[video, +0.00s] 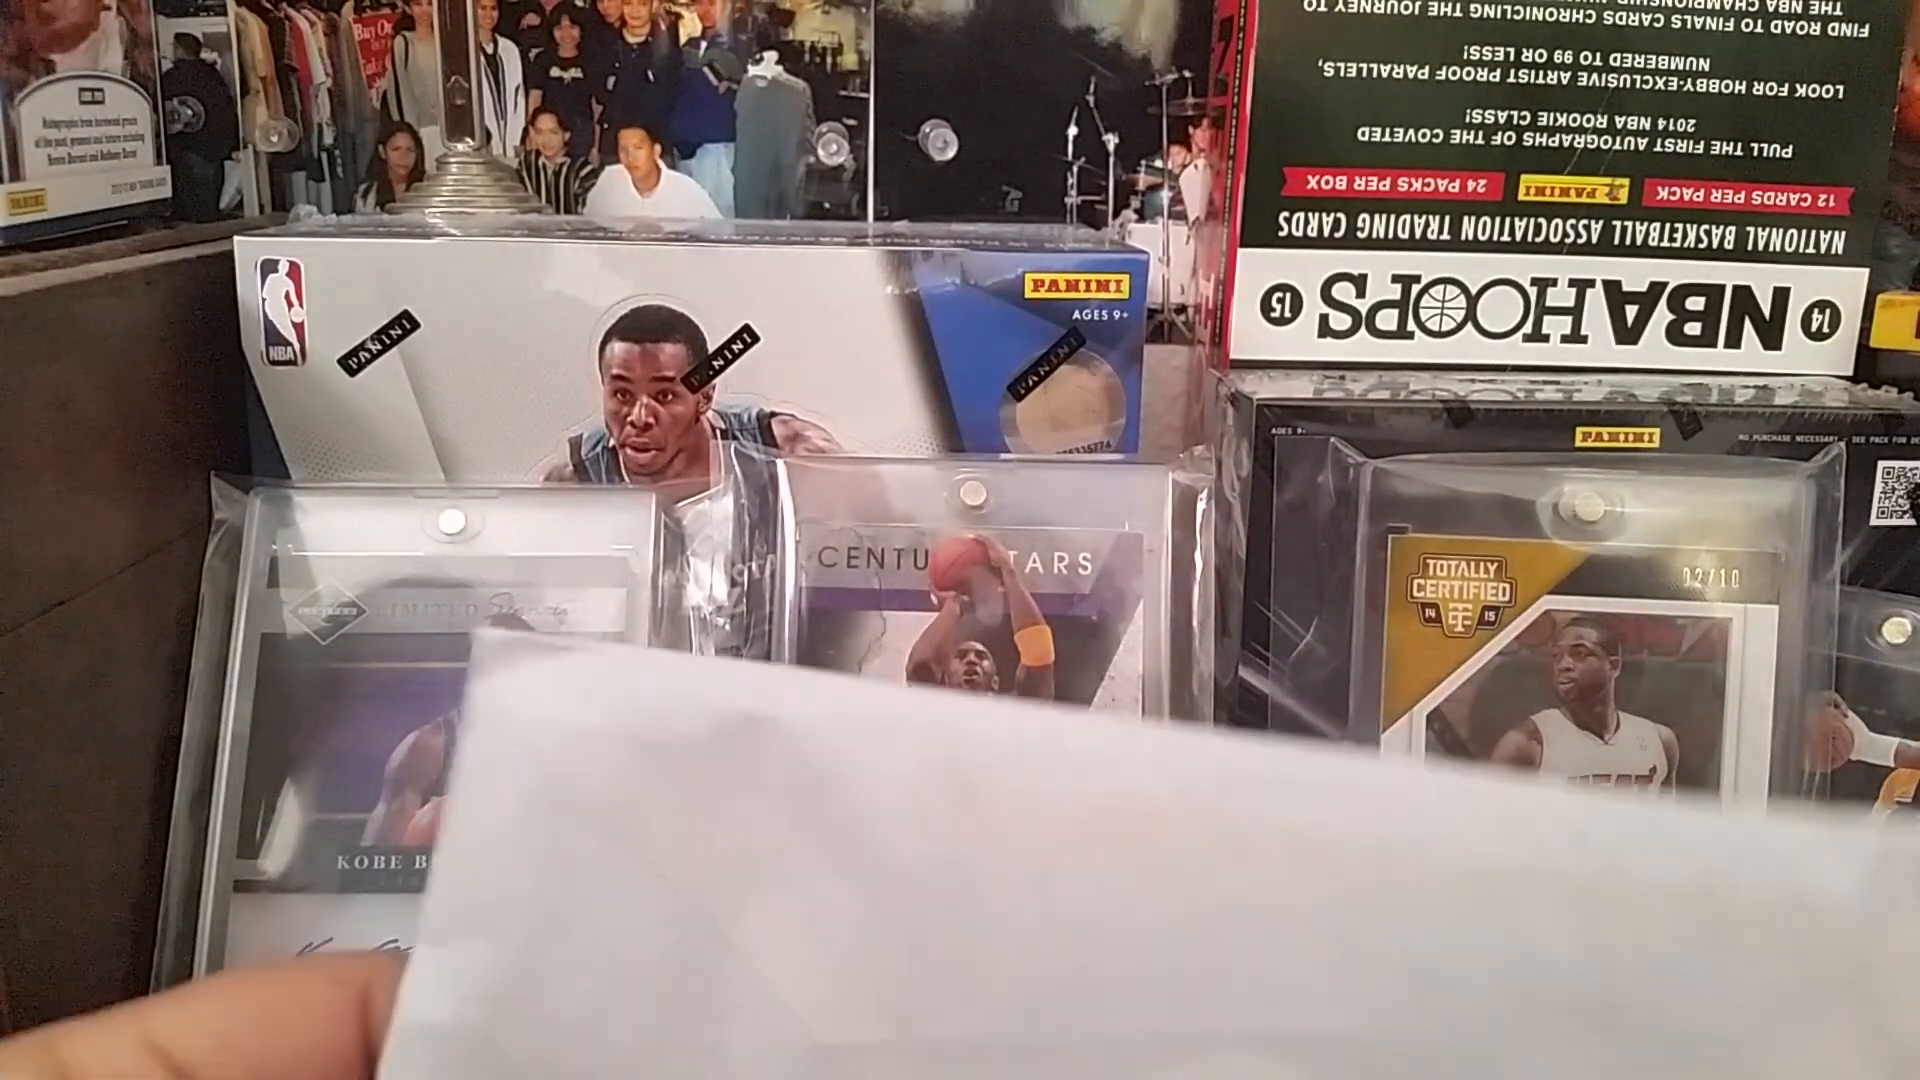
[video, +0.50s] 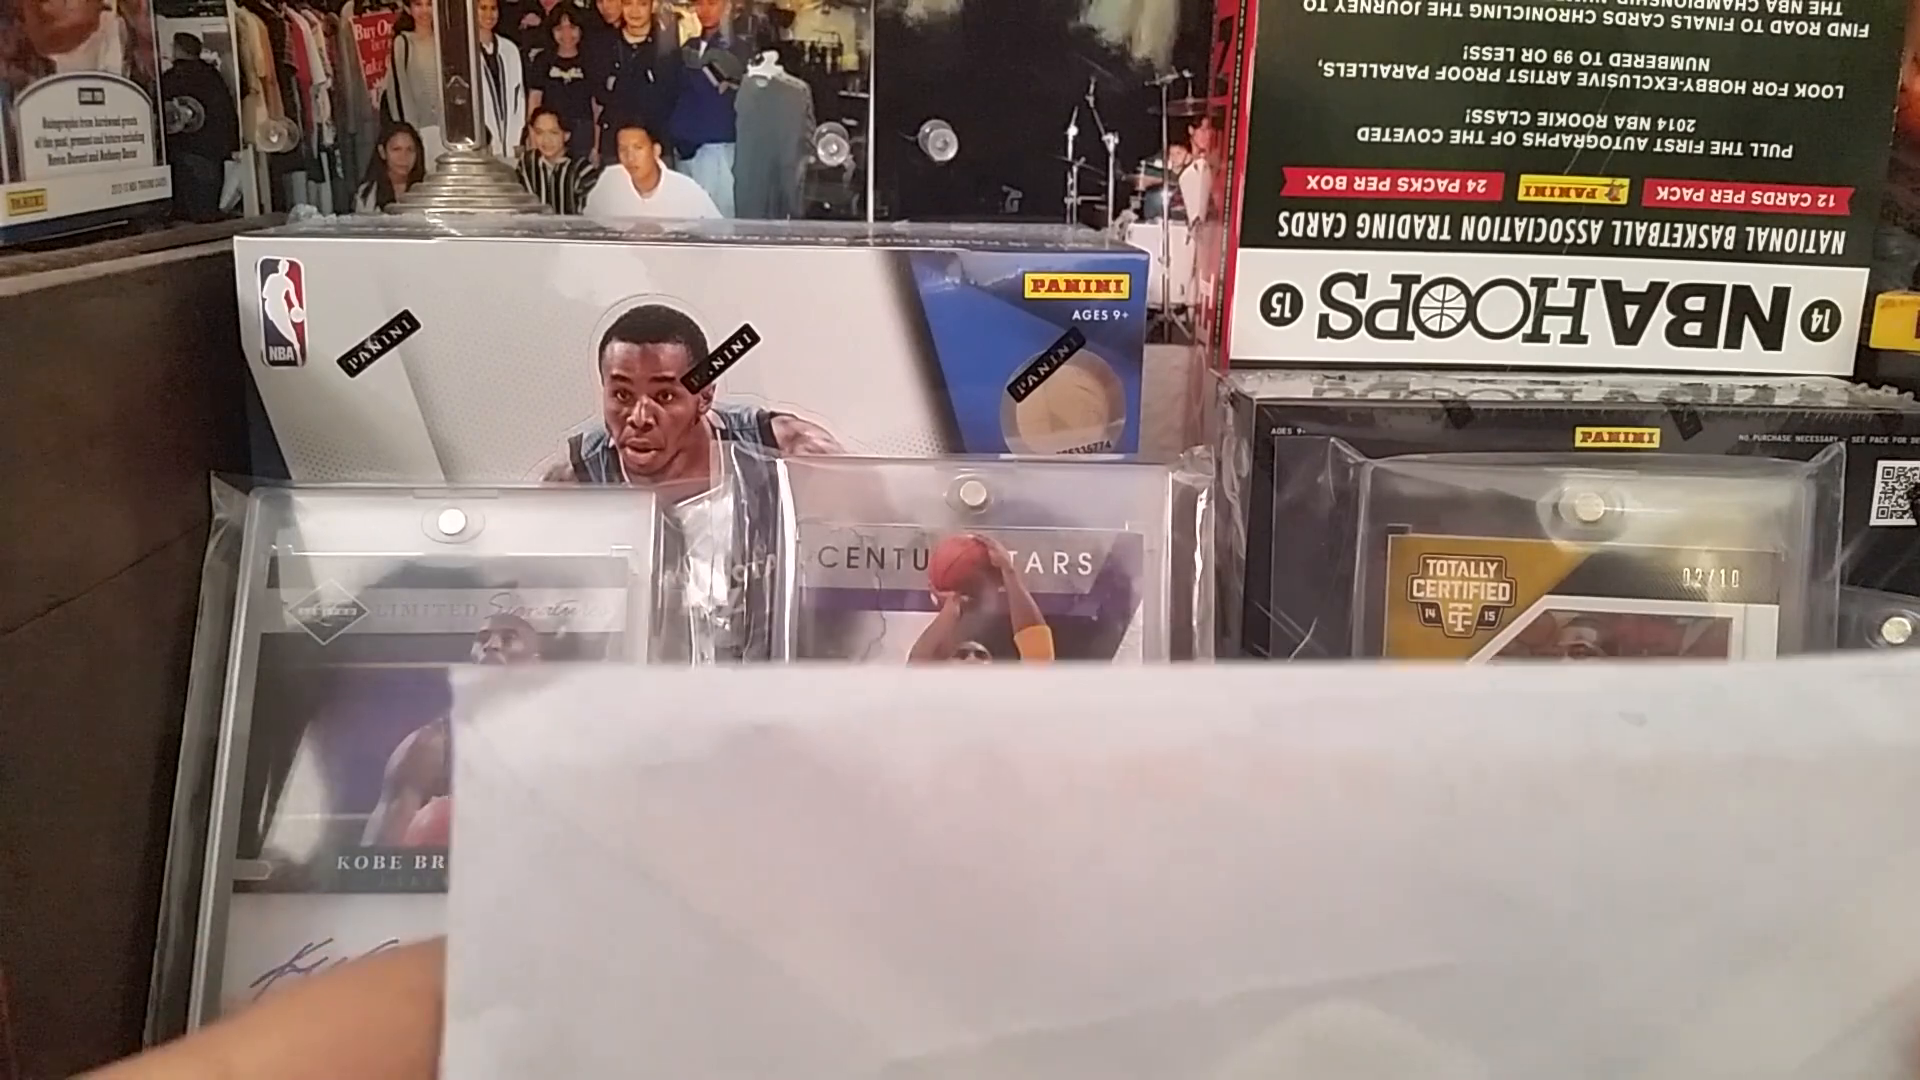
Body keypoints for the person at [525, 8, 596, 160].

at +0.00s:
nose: (566, 33)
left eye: (572, 27)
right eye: (559, 28)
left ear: (580, 31)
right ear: (553, 33)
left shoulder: (590, 61)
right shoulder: (543, 60)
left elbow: (597, 105)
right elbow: (534, 98)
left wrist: (596, 146)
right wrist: (532, 135)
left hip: (581, 132)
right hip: (550, 134)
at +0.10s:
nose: (566, 34)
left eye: (572, 27)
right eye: (560, 28)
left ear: (580, 31)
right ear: (553, 33)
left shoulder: (590, 62)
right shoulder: (543, 60)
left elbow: (597, 106)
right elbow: (535, 99)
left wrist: (596, 147)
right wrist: (532, 136)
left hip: (581, 134)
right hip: (549, 136)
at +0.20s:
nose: (566, 33)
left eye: (572, 27)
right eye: (560, 28)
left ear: (580, 31)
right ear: (553, 33)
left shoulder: (589, 62)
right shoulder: (543, 61)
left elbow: (596, 105)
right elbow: (535, 99)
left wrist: (595, 146)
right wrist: (532, 138)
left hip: (581, 135)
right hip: (549, 136)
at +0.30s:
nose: (566, 34)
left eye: (571, 27)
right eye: (560, 28)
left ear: (580, 31)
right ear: (553, 33)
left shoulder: (589, 61)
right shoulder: (543, 60)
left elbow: (596, 104)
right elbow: (535, 99)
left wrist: (596, 146)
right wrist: (533, 139)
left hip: (582, 131)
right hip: (550, 132)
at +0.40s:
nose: (566, 34)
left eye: (572, 27)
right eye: (560, 28)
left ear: (580, 32)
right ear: (554, 33)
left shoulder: (589, 61)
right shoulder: (543, 60)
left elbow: (596, 105)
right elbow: (535, 98)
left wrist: (596, 146)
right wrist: (532, 137)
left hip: (582, 130)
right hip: (550, 131)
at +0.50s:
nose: (567, 34)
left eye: (572, 27)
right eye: (560, 28)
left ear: (580, 32)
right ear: (553, 33)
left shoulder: (589, 60)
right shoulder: (543, 60)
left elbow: (597, 105)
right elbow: (535, 99)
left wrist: (596, 146)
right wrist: (533, 139)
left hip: (582, 131)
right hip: (550, 131)